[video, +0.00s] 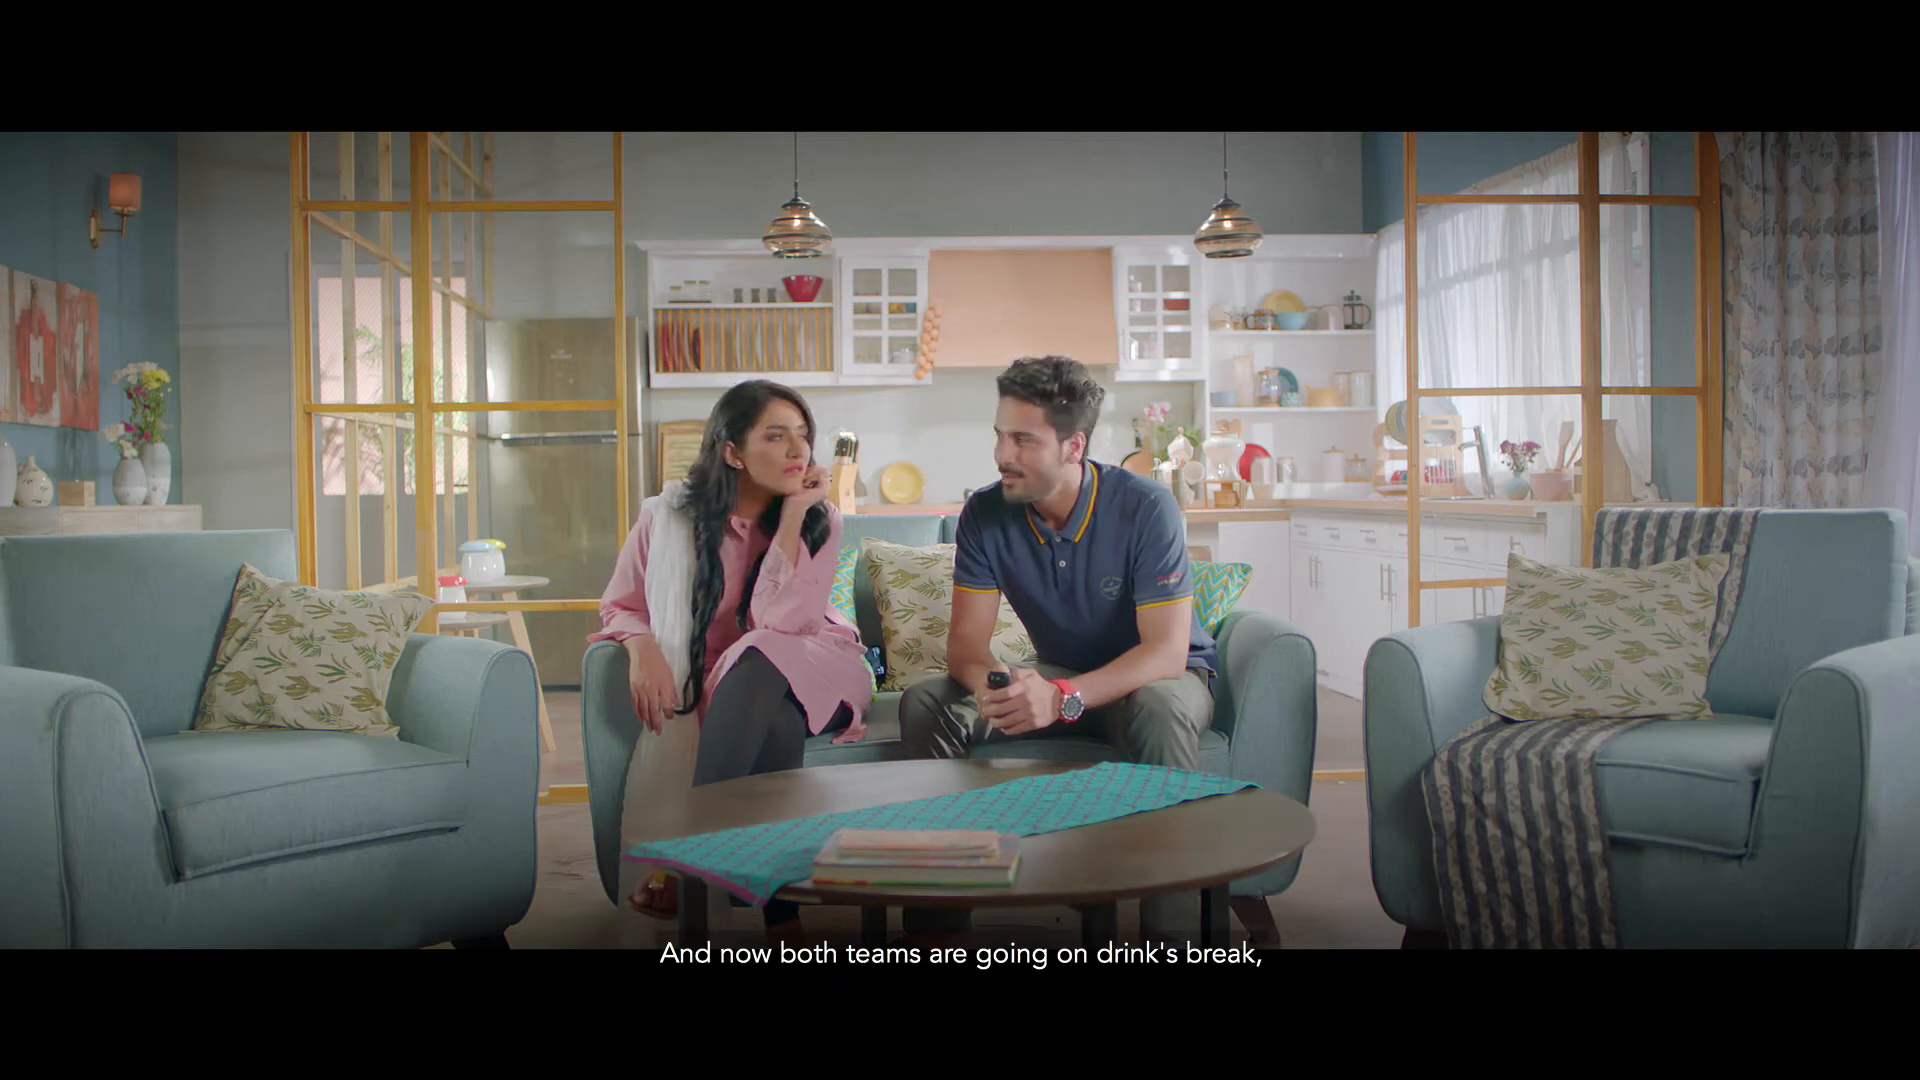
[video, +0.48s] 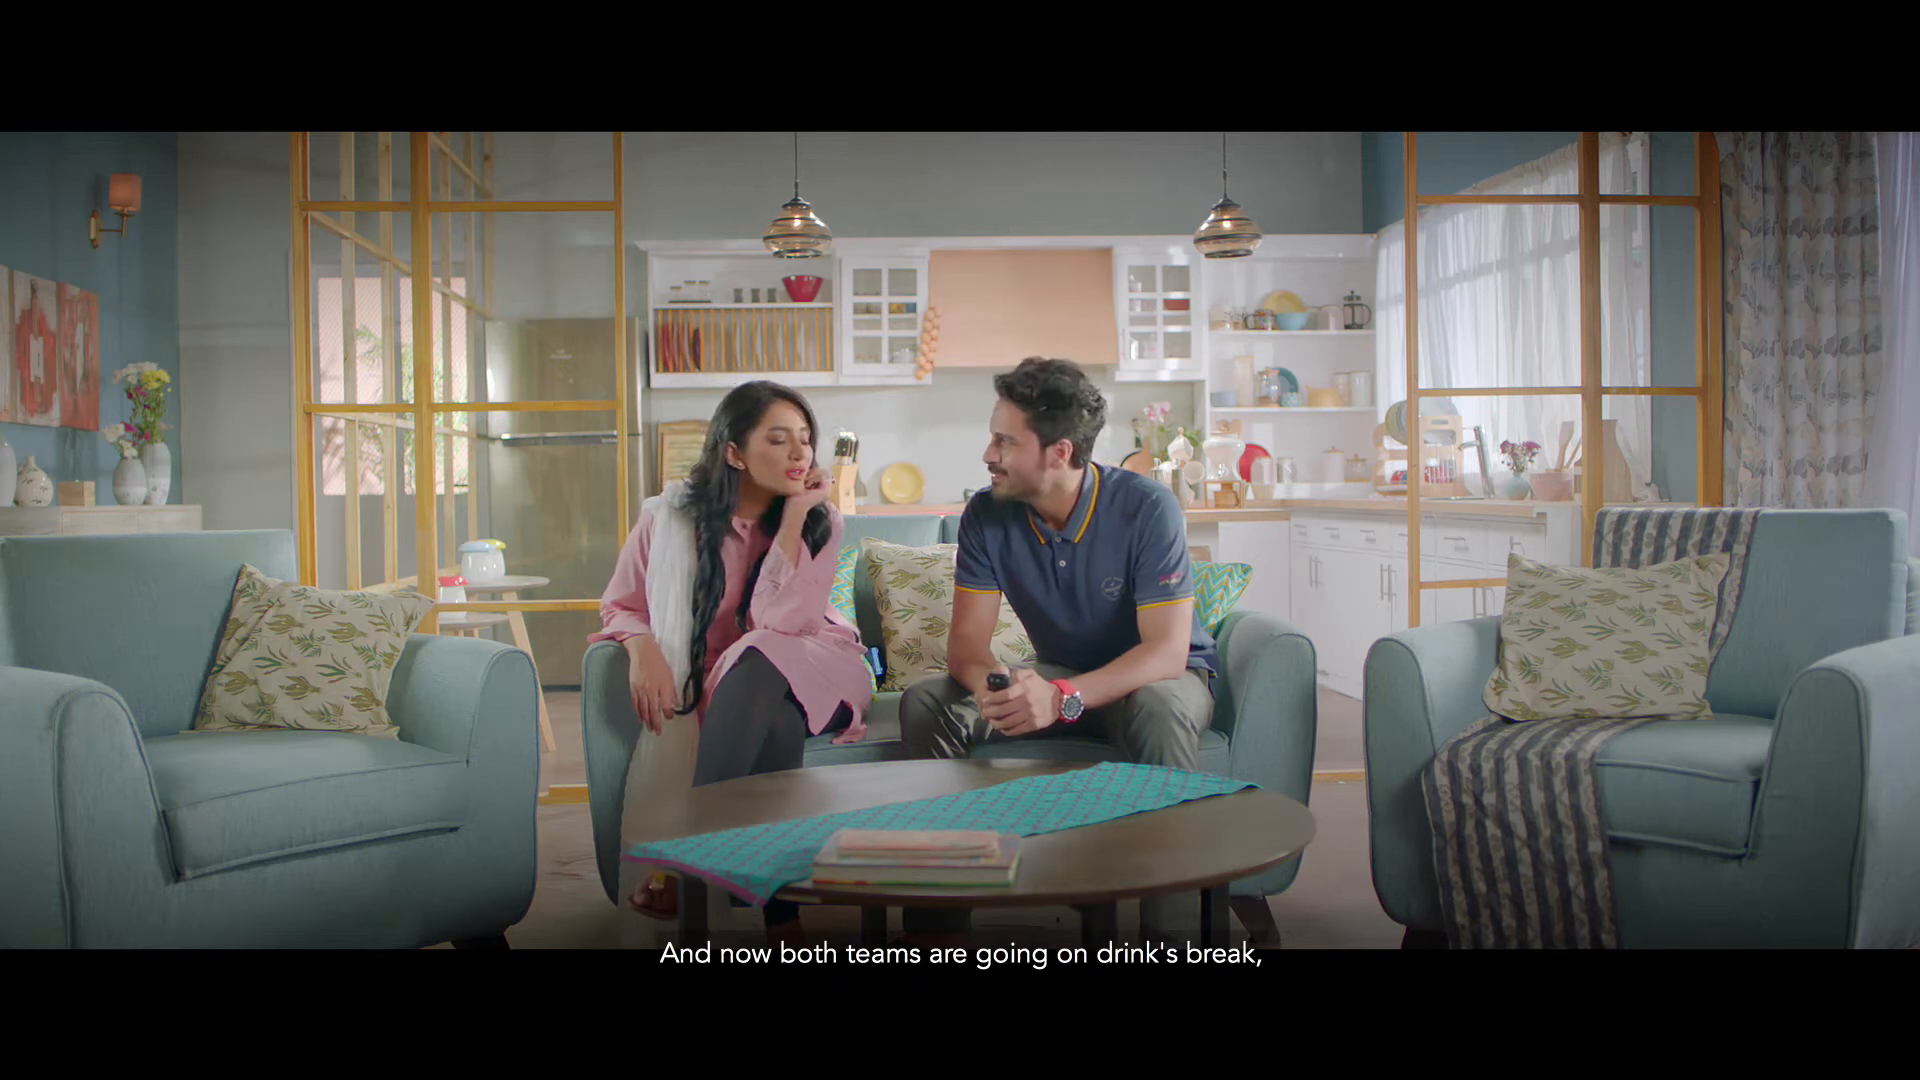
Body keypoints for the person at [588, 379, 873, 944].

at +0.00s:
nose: (798, 449)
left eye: (802, 435)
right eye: (776, 436)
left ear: (812, 445)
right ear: (733, 452)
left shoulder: (816, 520)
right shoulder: (665, 516)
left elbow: (782, 623)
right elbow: (620, 610)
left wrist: (792, 520)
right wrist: (641, 642)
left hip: (820, 669)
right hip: (722, 680)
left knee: (756, 657)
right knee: (778, 721)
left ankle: (687, 865)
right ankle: (780, 909)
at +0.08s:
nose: (798, 450)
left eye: (803, 436)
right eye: (777, 436)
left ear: (812, 447)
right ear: (733, 452)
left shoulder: (817, 521)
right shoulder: (665, 516)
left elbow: (782, 622)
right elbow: (620, 610)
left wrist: (792, 520)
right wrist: (642, 642)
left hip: (820, 668)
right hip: (723, 679)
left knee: (757, 657)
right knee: (778, 721)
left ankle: (687, 865)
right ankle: (779, 908)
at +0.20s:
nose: (798, 451)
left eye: (803, 438)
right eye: (778, 437)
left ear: (811, 449)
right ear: (733, 452)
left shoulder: (816, 521)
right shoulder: (665, 516)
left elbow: (782, 624)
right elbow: (621, 609)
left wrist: (792, 520)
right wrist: (641, 642)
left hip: (820, 669)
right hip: (723, 680)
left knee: (756, 657)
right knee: (778, 721)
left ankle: (687, 865)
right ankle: (780, 909)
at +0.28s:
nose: (798, 451)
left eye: (803, 438)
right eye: (778, 437)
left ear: (812, 450)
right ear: (734, 452)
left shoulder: (816, 521)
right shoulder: (664, 516)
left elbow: (782, 624)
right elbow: (620, 609)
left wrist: (792, 520)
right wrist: (640, 641)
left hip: (820, 669)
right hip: (722, 680)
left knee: (756, 657)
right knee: (777, 722)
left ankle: (686, 864)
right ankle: (780, 910)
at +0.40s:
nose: (799, 452)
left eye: (804, 439)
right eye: (778, 438)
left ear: (812, 450)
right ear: (734, 452)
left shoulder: (816, 521)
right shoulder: (664, 517)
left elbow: (782, 623)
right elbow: (620, 609)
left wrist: (793, 520)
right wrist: (640, 641)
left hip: (820, 668)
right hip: (722, 680)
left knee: (756, 657)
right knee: (777, 722)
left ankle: (687, 864)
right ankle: (780, 909)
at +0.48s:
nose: (800, 453)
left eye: (805, 439)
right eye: (780, 439)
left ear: (813, 450)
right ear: (735, 453)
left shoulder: (817, 522)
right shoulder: (665, 516)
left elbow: (782, 623)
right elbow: (621, 609)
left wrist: (793, 521)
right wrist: (640, 641)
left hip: (820, 668)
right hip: (722, 680)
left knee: (755, 657)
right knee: (777, 722)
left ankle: (687, 864)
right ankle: (780, 909)